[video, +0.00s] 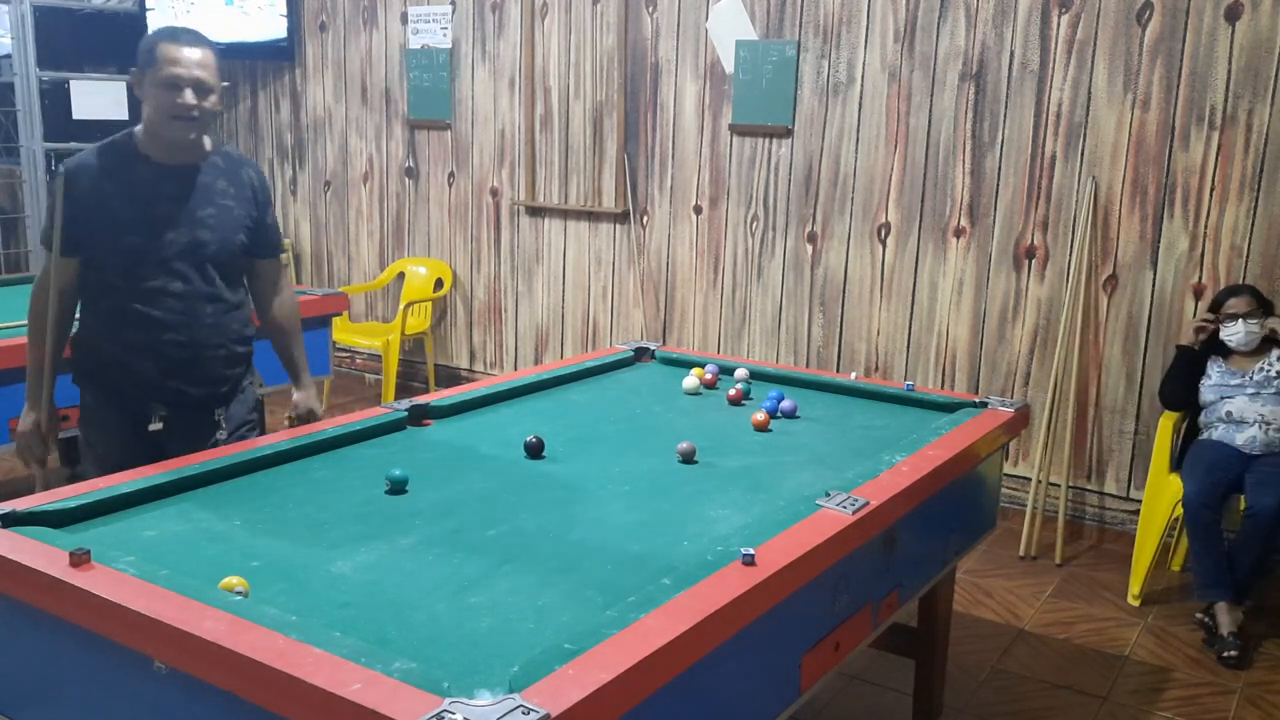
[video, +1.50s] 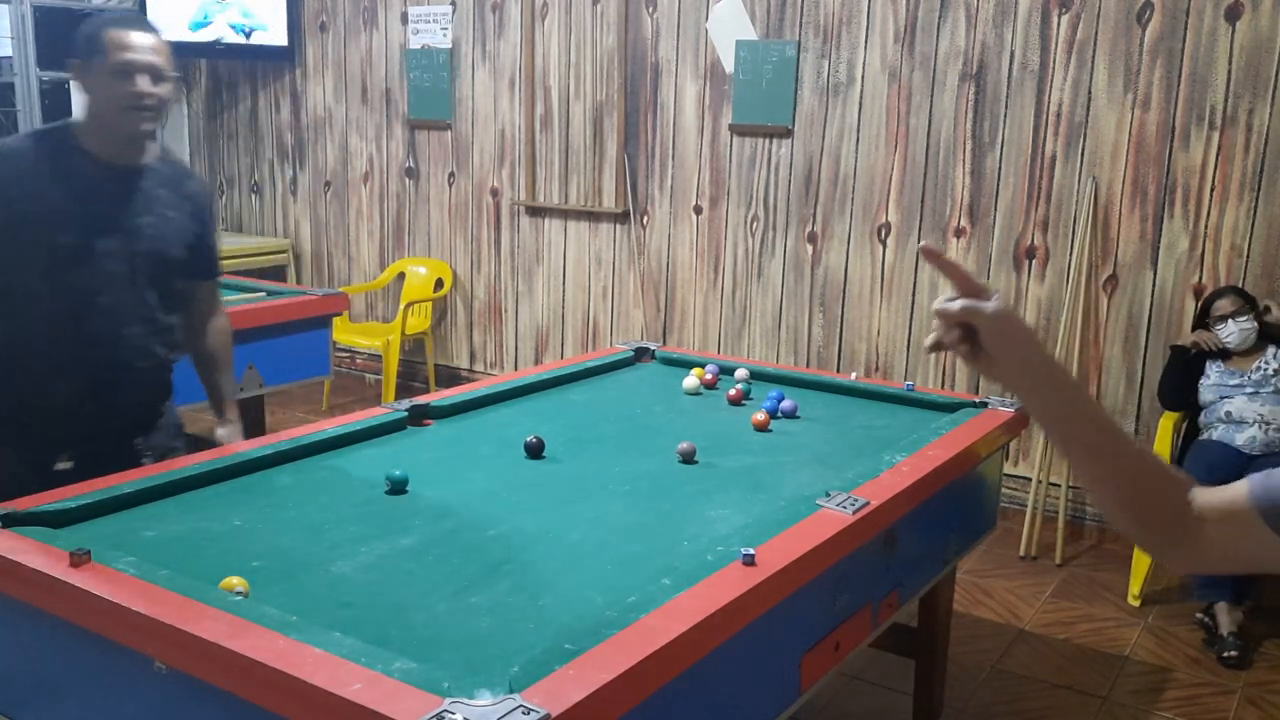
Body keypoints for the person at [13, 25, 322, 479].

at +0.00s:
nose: (188, 100)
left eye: (202, 89)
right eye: (172, 85)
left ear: (219, 98)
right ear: (138, 86)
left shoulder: (243, 179)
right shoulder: (87, 177)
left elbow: (273, 289)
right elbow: (57, 288)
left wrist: (304, 382)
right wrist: (38, 402)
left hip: (224, 404)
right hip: (120, 406)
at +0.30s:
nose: (232, 92)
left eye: (247, 83)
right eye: (216, 77)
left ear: (262, 96)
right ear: (182, 77)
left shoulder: (274, 187)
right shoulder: (116, 163)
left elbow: (284, 303)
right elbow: (65, 273)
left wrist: (297, 403)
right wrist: (43, 377)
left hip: (234, 411)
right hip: (129, 409)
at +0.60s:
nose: (255, 94)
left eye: (271, 85)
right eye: (240, 78)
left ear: (287, 100)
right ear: (210, 80)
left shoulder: (292, 198)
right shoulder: (135, 157)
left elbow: (296, 319)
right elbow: (73, 273)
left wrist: (306, 413)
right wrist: (51, 381)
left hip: (234, 419)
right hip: (127, 412)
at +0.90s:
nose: (257, 95)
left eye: (272, 86)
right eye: (241, 80)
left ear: (289, 102)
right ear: (209, 84)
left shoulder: (290, 198)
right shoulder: (134, 157)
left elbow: (290, 317)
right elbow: (68, 267)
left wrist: (301, 413)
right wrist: (45, 379)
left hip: (225, 422)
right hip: (114, 418)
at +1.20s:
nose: (233, 93)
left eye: (247, 82)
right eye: (216, 77)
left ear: (262, 97)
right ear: (176, 82)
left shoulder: (263, 197)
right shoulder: (109, 157)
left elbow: (263, 316)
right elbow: (32, 269)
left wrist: (273, 410)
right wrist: (9, 387)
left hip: (191, 417)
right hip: (83, 411)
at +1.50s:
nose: (143, 89)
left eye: (157, 76)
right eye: (123, 74)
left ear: (174, 88)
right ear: (82, 78)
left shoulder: (184, 191)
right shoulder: (17, 169)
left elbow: (206, 314)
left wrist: (228, 419)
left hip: (142, 434)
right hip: (28, 436)